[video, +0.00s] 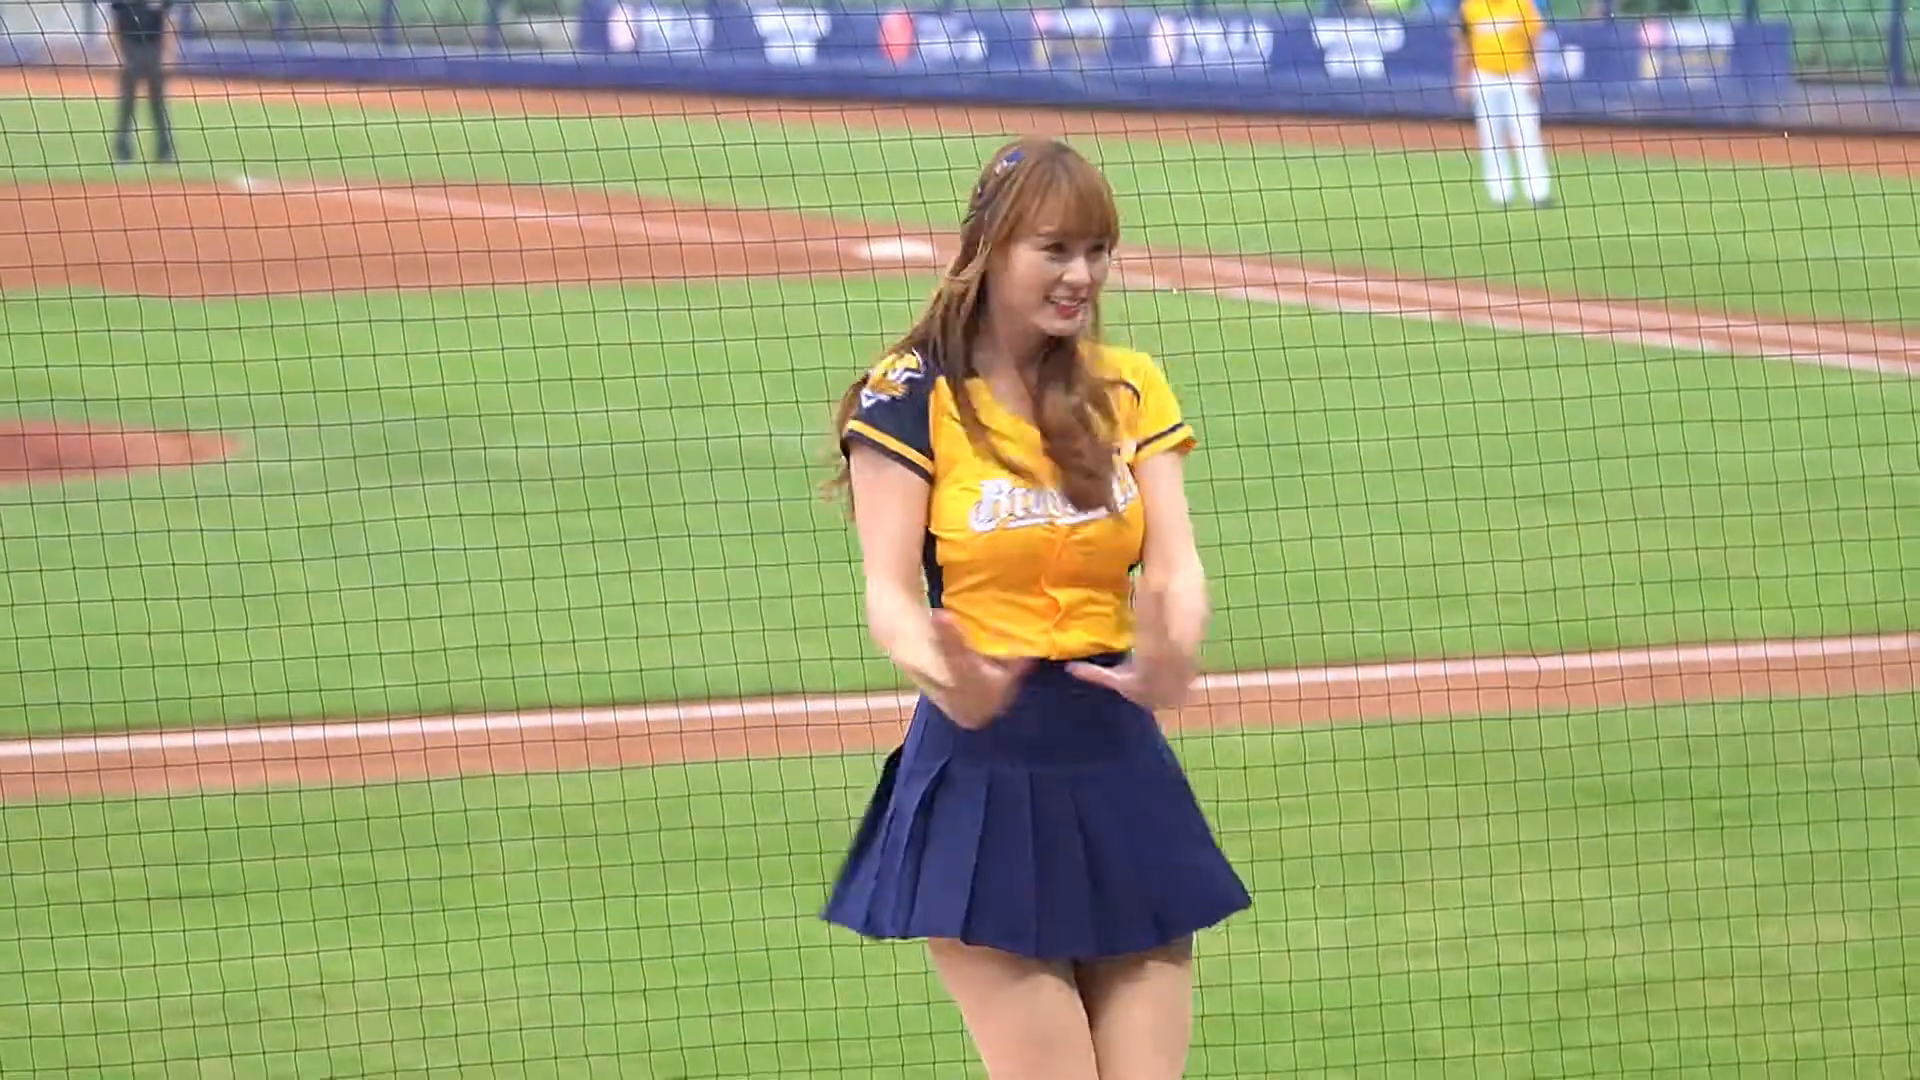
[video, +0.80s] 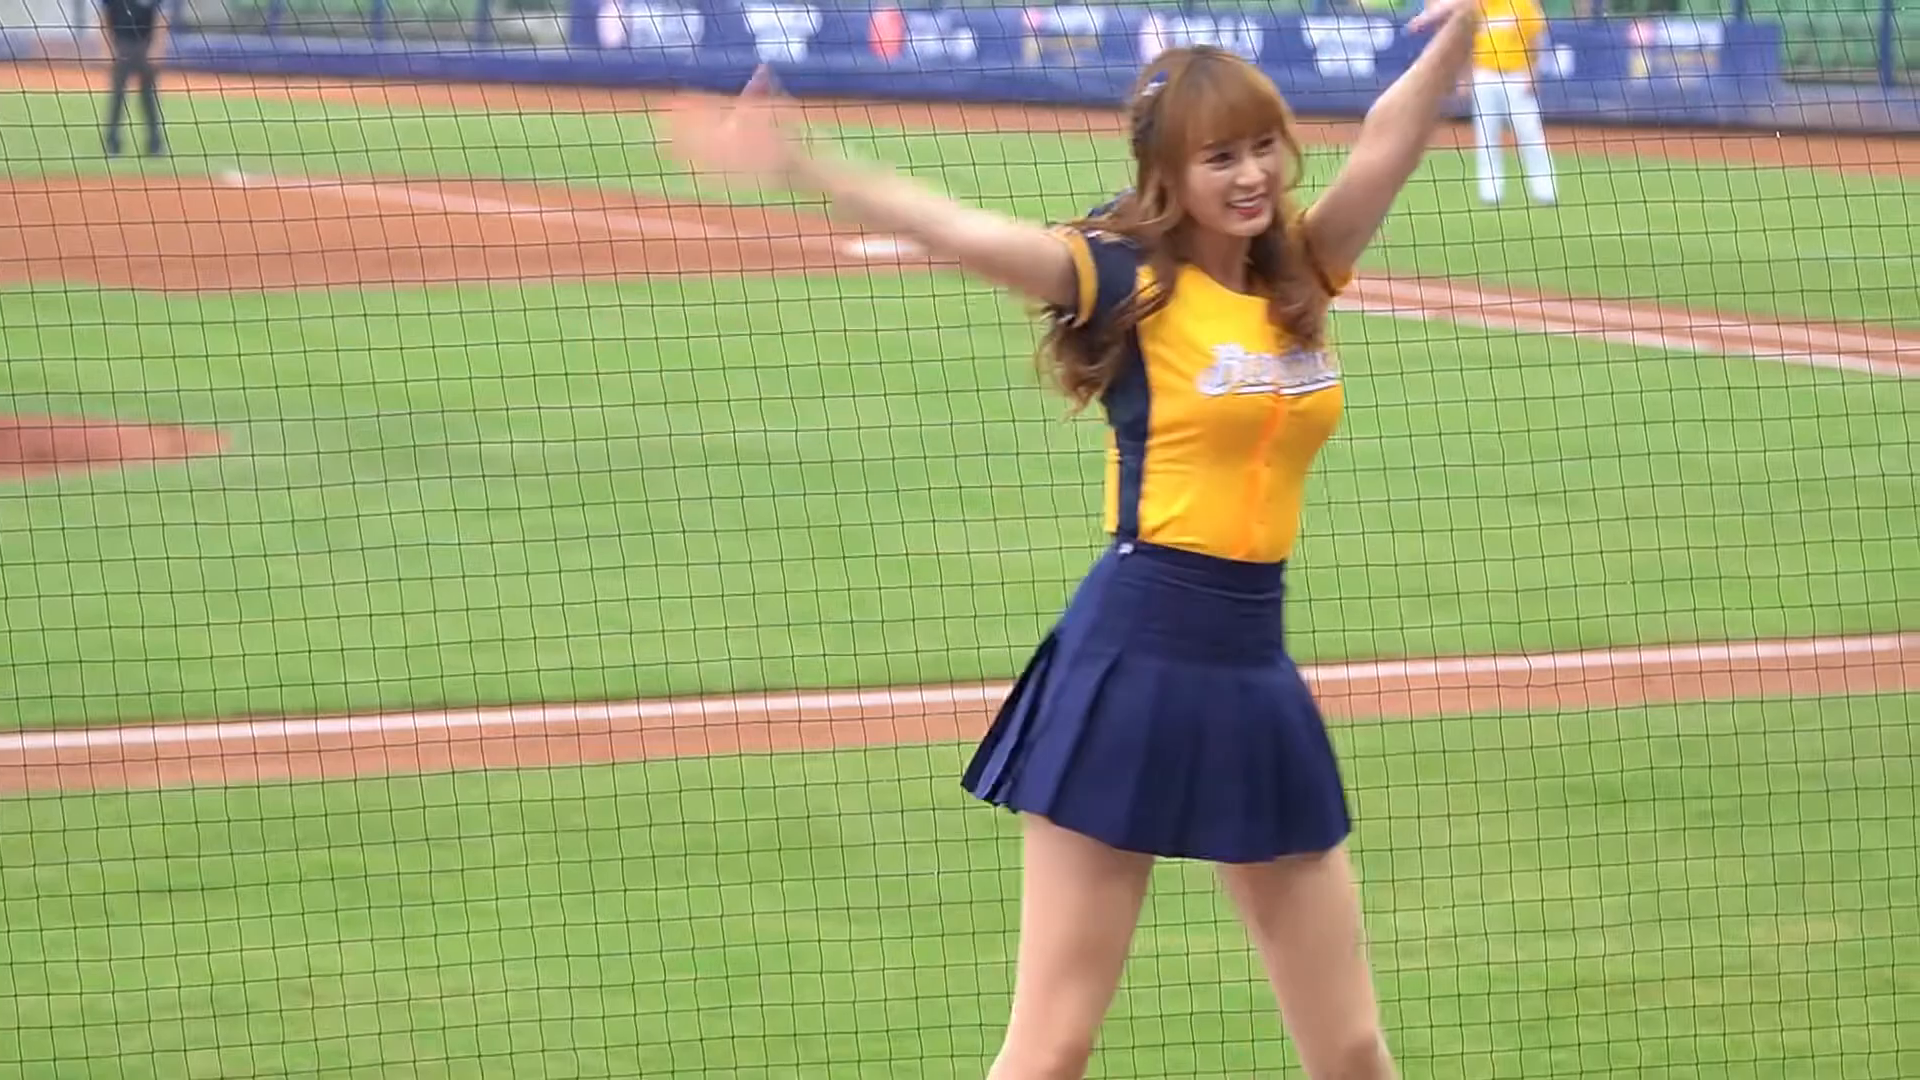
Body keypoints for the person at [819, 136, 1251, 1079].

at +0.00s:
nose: (1079, 275)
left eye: (1095, 252)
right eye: (1053, 250)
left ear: (1112, 258)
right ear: (986, 251)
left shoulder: (1128, 385)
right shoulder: (907, 394)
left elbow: (1172, 561)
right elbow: (892, 590)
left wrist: (1168, 657)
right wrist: (948, 674)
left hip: (1121, 739)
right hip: (981, 745)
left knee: (1146, 1063)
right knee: (1051, 1062)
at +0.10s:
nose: (1077, 207)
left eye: (1094, 185)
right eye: (1050, 182)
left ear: (1108, 200)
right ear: (985, 196)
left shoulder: (1139, 321)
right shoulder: (907, 348)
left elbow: (1171, 496)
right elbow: (868, 531)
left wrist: (1105, 589)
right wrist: (843, 607)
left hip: (1120, 696)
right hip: (979, 699)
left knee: (1107, 1059)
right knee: (1006, 1057)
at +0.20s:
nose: (1076, 207)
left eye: (1096, 187)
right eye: (1048, 181)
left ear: (1115, 206)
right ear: (981, 197)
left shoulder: (1140, 320)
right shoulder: (919, 340)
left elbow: (1130, 467)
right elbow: (821, 506)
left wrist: (1042, 547)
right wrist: (721, 579)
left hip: (1128, 705)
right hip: (982, 703)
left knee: (1095, 1059)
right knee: (982, 1057)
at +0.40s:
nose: (1099, 231)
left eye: (1115, 209)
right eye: (1069, 207)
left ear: (1131, 225)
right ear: (1007, 224)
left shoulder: (1154, 348)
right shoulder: (943, 365)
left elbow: (1094, 507)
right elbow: (838, 529)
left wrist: (1014, 654)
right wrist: (716, 669)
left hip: (1151, 708)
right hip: (1001, 699)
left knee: (1107, 1063)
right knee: (994, 1057)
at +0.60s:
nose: (1157, 249)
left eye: (1172, 225)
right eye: (1128, 228)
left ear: (1190, 238)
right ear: (1064, 247)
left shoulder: (1214, 342)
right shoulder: (1003, 393)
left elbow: (1197, 446)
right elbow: (895, 549)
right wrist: (773, 701)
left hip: (1180, 728)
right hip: (1042, 734)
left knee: (1235, 1051)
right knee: (1039, 1062)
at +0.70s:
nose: (1197, 207)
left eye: (1209, 174)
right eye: (1166, 184)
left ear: (1238, 179)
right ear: (1118, 204)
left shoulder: (1246, 317)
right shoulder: (1070, 324)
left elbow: (1284, 276)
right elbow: (910, 393)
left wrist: (1270, 220)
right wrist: (730, 451)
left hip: (1209, 688)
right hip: (1083, 682)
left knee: (1321, 1041)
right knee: (1050, 1052)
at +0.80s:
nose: (1253, 174)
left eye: (1266, 145)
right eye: (1222, 157)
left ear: (1285, 149)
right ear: (1166, 174)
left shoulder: (1300, 275)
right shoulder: (1124, 280)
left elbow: (1388, 150)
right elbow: (950, 229)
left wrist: (1463, 26)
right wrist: (797, 158)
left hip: (1255, 665)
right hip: (1129, 656)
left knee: (1351, 1052)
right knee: (1051, 1042)